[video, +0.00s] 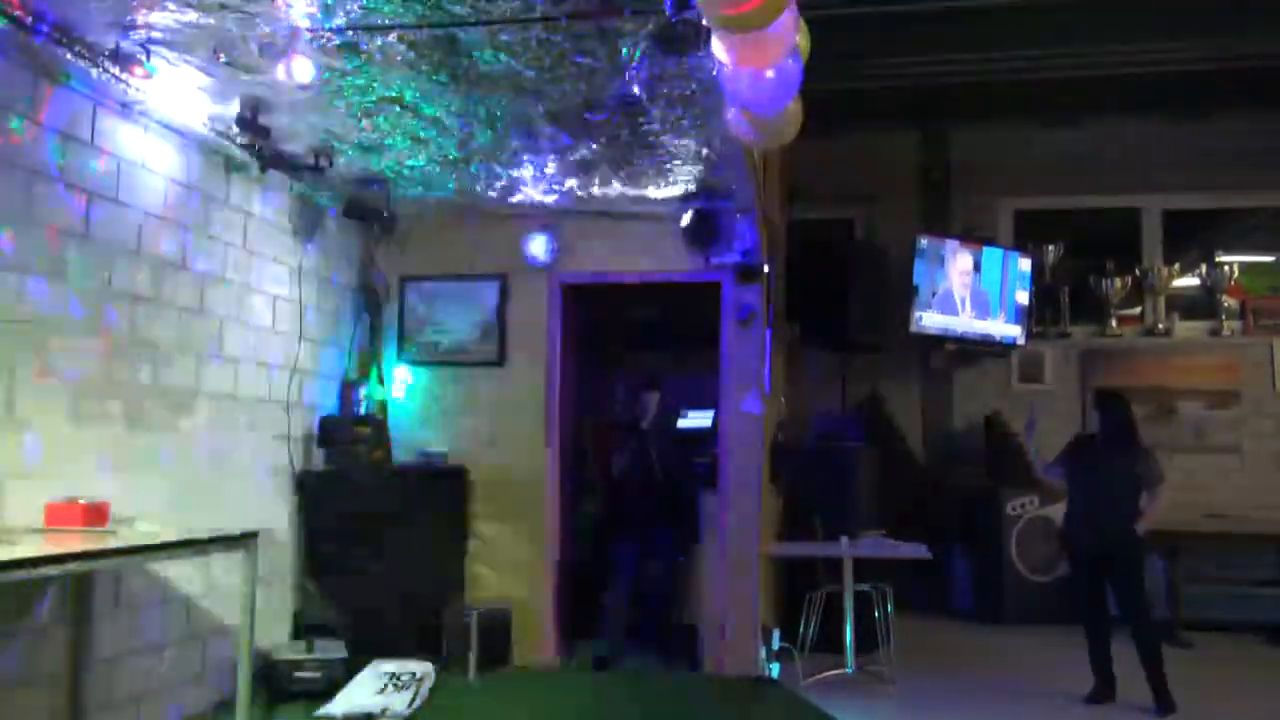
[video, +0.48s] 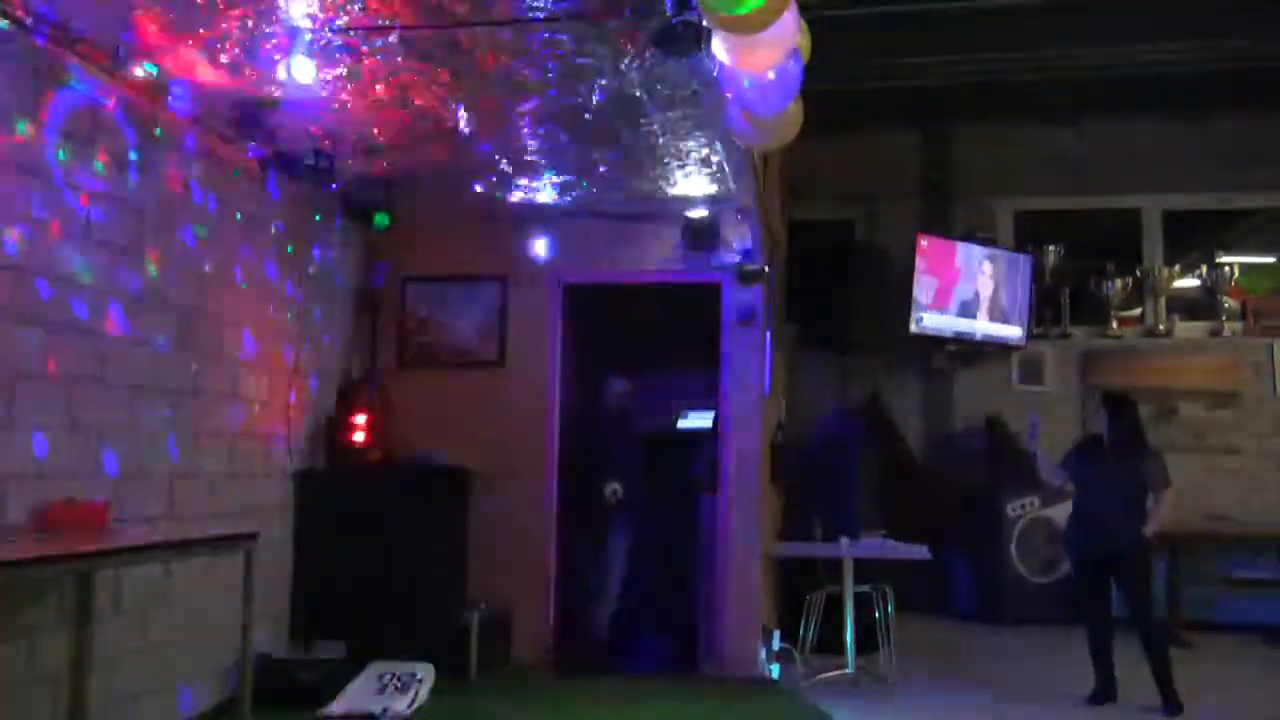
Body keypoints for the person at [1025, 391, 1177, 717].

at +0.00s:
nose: (1097, 419)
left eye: (1098, 411)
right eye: (1105, 410)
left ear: (1096, 415)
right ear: (1127, 415)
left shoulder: (1081, 446)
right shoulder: (1136, 449)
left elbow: (1050, 479)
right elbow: (1155, 493)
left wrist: (1027, 445)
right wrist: (1140, 525)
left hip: (1084, 542)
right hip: (1124, 541)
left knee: (1093, 617)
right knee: (1138, 615)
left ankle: (1103, 685)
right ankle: (1161, 692)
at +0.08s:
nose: (1096, 419)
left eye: (1097, 412)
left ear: (1096, 415)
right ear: (1127, 415)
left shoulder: (1081, 446)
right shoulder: (1136, 449)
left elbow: (1048, 477)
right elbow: (1154, 492)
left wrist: (1027, 445)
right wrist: (1140, 524)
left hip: (1084, 542)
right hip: (1124, 541)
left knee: (1093, 616)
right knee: (1138, 615)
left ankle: (1103, 685)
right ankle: (1161, 692)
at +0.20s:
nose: (1104, 424)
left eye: (1106, 416)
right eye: (1104, 416)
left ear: (1097, 419)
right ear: (1127, 418)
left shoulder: (1078, 449)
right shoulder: (1137, 453)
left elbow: (1048, 478)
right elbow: (1156, 492)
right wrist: (1143, 524)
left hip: (1085, 544)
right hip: (1125, 541)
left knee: (1093, 619)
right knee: (1139, 617)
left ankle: (1103, 686)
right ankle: (1161, 693)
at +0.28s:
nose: (1106, 424)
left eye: (1105, 415)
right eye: (1110, 415)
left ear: (1097, 417)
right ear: (1128, 417)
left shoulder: (1078, 448)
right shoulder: (1138, 453)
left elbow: (1048, 476)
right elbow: (1157, 492)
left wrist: (1024, 438)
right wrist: (1142, 526)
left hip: (1083, 542)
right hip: (1124, 542)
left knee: (1092, 617)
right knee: (1139, 615)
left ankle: (1103, 686)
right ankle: (1165, 693)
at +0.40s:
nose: (1095, 421)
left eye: (1097, 414)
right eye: (1099, 413)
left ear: (1100, 417)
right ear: (1130, 417)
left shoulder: (1082, 449)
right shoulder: (1140, 451)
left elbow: (1054, 483)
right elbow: (1160, 492)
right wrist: (1146, 525)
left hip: (1088, 544)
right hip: (1128, 543)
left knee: (1095, 618)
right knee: (1143, 618)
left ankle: (1104, 686)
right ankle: (1168, 693)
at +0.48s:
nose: (1101, 422)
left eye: (1103, 415)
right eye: (1106, 414)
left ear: (1102, 418)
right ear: (1133, 418)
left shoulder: (1087, 449)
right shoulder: (1143, 453)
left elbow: (1055, 481)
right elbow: (1163, 494)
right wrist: (1149, 528)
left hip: (1089, 544)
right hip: (1131, 543)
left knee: (1096, 619)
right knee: (1145, 619)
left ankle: (1104, 687)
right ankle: (1168, 694)